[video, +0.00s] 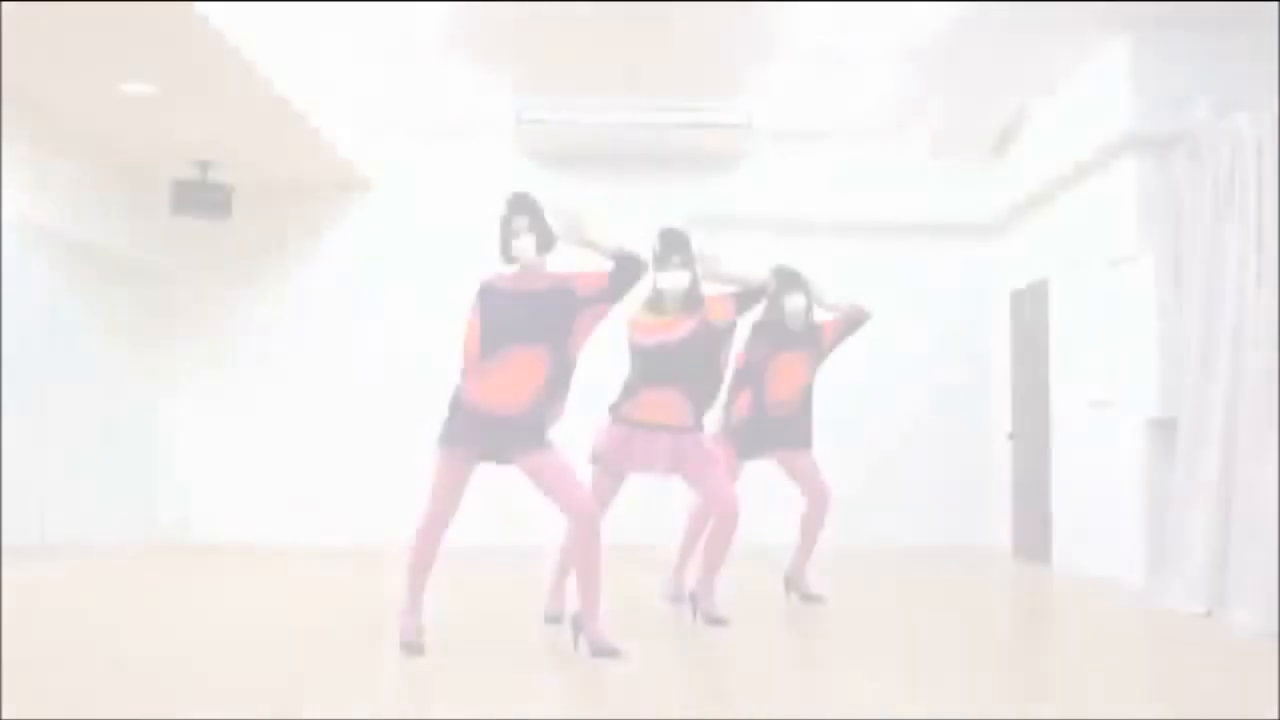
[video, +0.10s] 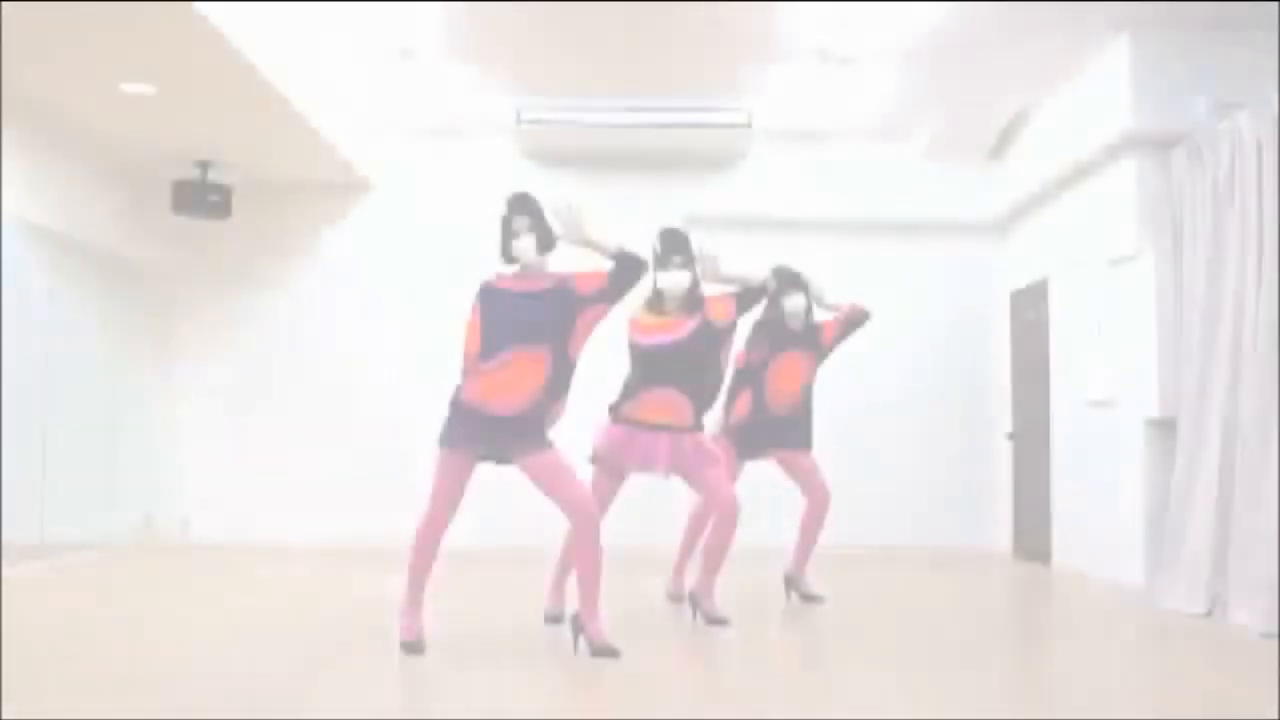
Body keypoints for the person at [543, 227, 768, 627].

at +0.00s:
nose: (672, 280)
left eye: (680, 270)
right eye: (665, 271)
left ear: (692, 274)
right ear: (652, 274)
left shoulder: (715, 312)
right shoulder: (639, 317)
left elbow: (765, 288)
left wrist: (715, 273)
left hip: (683, 438)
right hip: (628, 434)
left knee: (726, 505)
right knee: (588, 513)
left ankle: (705, 591)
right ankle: (557, 593)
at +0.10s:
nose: (672, 282)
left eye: (679, 273)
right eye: (665, 273)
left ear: (691, 277)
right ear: (654, 276)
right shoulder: (639, 318)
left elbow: (763, 290)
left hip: (683, 438)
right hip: (629, 434)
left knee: (726, 505)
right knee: (590, 514)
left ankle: (704, 591)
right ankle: (557, 592)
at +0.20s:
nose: (672, 279)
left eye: (680, 270)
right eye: (665, 270)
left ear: (693, 277)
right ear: (653, 276)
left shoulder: (713, 314)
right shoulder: (639, 321)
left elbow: (766, 289)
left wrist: (719, 278)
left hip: (683, 436)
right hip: (629, 430)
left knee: (727, 504)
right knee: (590, 513)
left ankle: (704, 590)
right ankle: (557, 589)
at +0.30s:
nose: (673, 281)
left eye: (681, 272)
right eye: (666, 272)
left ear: (693, 279)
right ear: (653, 278)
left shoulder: (715, 314)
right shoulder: (640, 322)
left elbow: (765, 288)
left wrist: (721, 277)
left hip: (683, 435)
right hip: (629, 429)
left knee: (727, 504)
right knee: (590, 512)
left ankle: (704, 591)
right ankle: (557, 590)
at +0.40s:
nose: (673, 279)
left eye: (681, 270)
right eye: (666, 270)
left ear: (694, 277)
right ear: (653, 277)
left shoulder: (716, 314)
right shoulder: (641, 321)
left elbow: (766, 288)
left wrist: (721, 277)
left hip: (683, 434)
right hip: (630, 428)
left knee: (727, 504)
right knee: (590, 512)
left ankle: (703, 590)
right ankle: (557, 588)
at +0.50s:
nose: (673, 281)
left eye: (681, 271)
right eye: (666, 272)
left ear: (694, 278)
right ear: (654, 277)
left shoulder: (718, 313)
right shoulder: (642, 320)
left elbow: (767, 288)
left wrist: (721, 277)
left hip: (684, 434)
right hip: (631, 428)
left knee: (727, 504)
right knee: (591, 512)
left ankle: (703, 590)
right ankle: (557, 587)